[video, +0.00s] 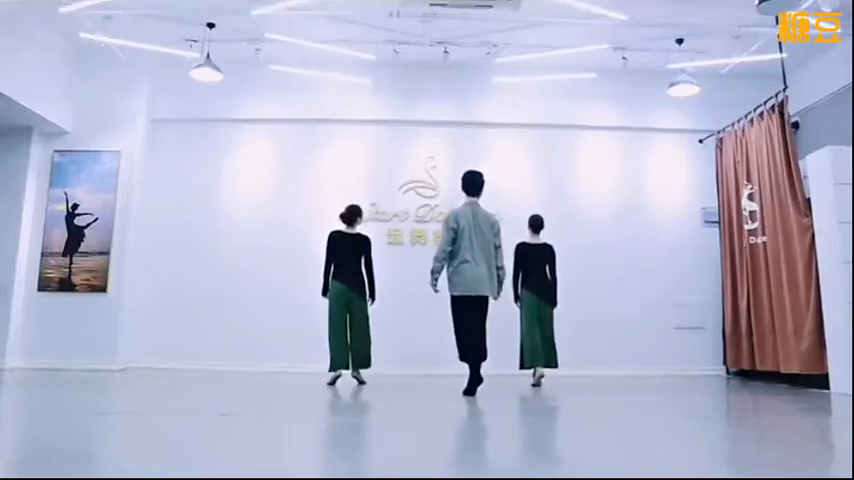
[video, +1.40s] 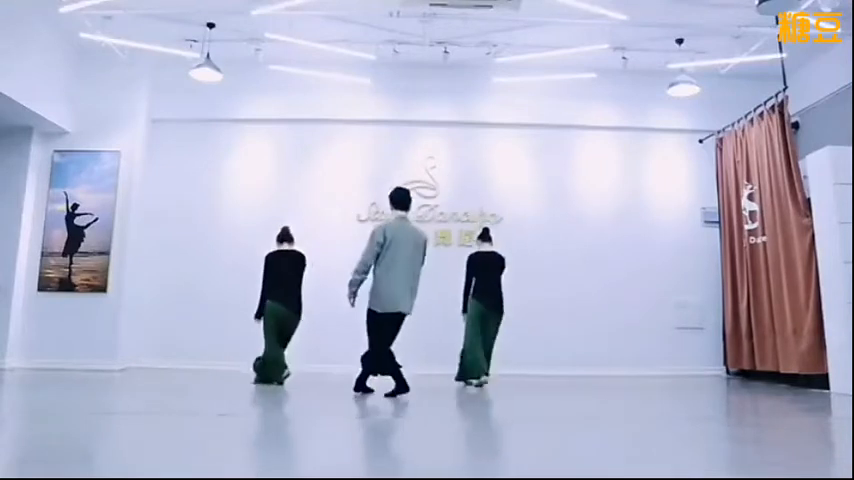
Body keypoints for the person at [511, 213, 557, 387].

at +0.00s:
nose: (532, 229)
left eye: (531, 226)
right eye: (536, 226)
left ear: (528, 227)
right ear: (542, 228)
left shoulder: (521, 247)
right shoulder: (548, 248)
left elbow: (516, 272)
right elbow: (553, 274)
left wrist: (515, 293)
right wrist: (554, 296)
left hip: (528, 291)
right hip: (545, 292)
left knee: (531, 329)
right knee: (543, 329)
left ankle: (538, 367)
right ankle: (539, 368)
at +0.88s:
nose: (512, 239)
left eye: (512, 236)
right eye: (515, 236)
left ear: (514, 238)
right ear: (527, 239)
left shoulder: (508, 259)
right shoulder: (534, 258)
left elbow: (505, 285)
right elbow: (547, 277)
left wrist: (504, 306)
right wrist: (559, 293)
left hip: (518, 303)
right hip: (535, 303)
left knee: (513, 337)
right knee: (538, 339)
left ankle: (513, 369)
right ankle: (538, 377)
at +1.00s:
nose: (503, 232)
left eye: (503, 230)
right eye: (504, 229)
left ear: (506, 230)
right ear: (518, 230)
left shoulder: (500, 249)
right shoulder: (525, 248)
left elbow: (494, 274)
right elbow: (542, 256)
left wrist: (492, 295)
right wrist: (553, 263)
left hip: (506, 296)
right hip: (524, 297)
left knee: (499, 332)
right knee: (531, 334)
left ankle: (489, 367)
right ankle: (537, 371)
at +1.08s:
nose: (499, 229)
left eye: (499, 227)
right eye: (500, 227)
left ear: (500, 227)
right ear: (514, 228)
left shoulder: (495, 245)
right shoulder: (521, 244)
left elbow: (489, 270)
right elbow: (538, 250)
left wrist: (486, 292)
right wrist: (547, 254)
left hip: (500, 292)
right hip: (518, 293)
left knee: (494, 329)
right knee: (525, 330)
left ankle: (484, 367)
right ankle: (534, 370)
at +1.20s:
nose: (489, 232)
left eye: (489, 230)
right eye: (493, 230)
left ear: (489, 230)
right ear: (503, 229)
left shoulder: (484, 246)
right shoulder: (509, 246)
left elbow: (477, 272)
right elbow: (518, 255)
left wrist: (474, 294)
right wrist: (522, 248)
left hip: (489, 290)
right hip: (506, 290)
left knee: (486, 329)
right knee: (506, 328)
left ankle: (484, 369)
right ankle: (507, 369)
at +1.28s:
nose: (487, 236)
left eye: (486, 233)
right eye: (491, 233)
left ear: (485, 233)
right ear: (498, 232)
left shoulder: (480, 249)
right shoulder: (506, 250)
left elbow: (474, 275)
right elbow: (506, 267)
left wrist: (470, 298)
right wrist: (510, 251)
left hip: (485, 292)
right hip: (503, 293)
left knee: (485, 331)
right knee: (497, 330)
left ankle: (486, 370)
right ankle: (490, 370)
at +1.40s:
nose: (480, 244)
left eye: (479, 242)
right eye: (483, 242)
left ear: (478, 241)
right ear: (492, 241)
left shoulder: (473, 257)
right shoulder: (500, 258)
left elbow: (468, 283)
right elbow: (498, 278)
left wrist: (464, 306)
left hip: (477, 300)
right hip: (496, 301)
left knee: (474, 336)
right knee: (489, 337)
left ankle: (478, 372)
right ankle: (484, 371)